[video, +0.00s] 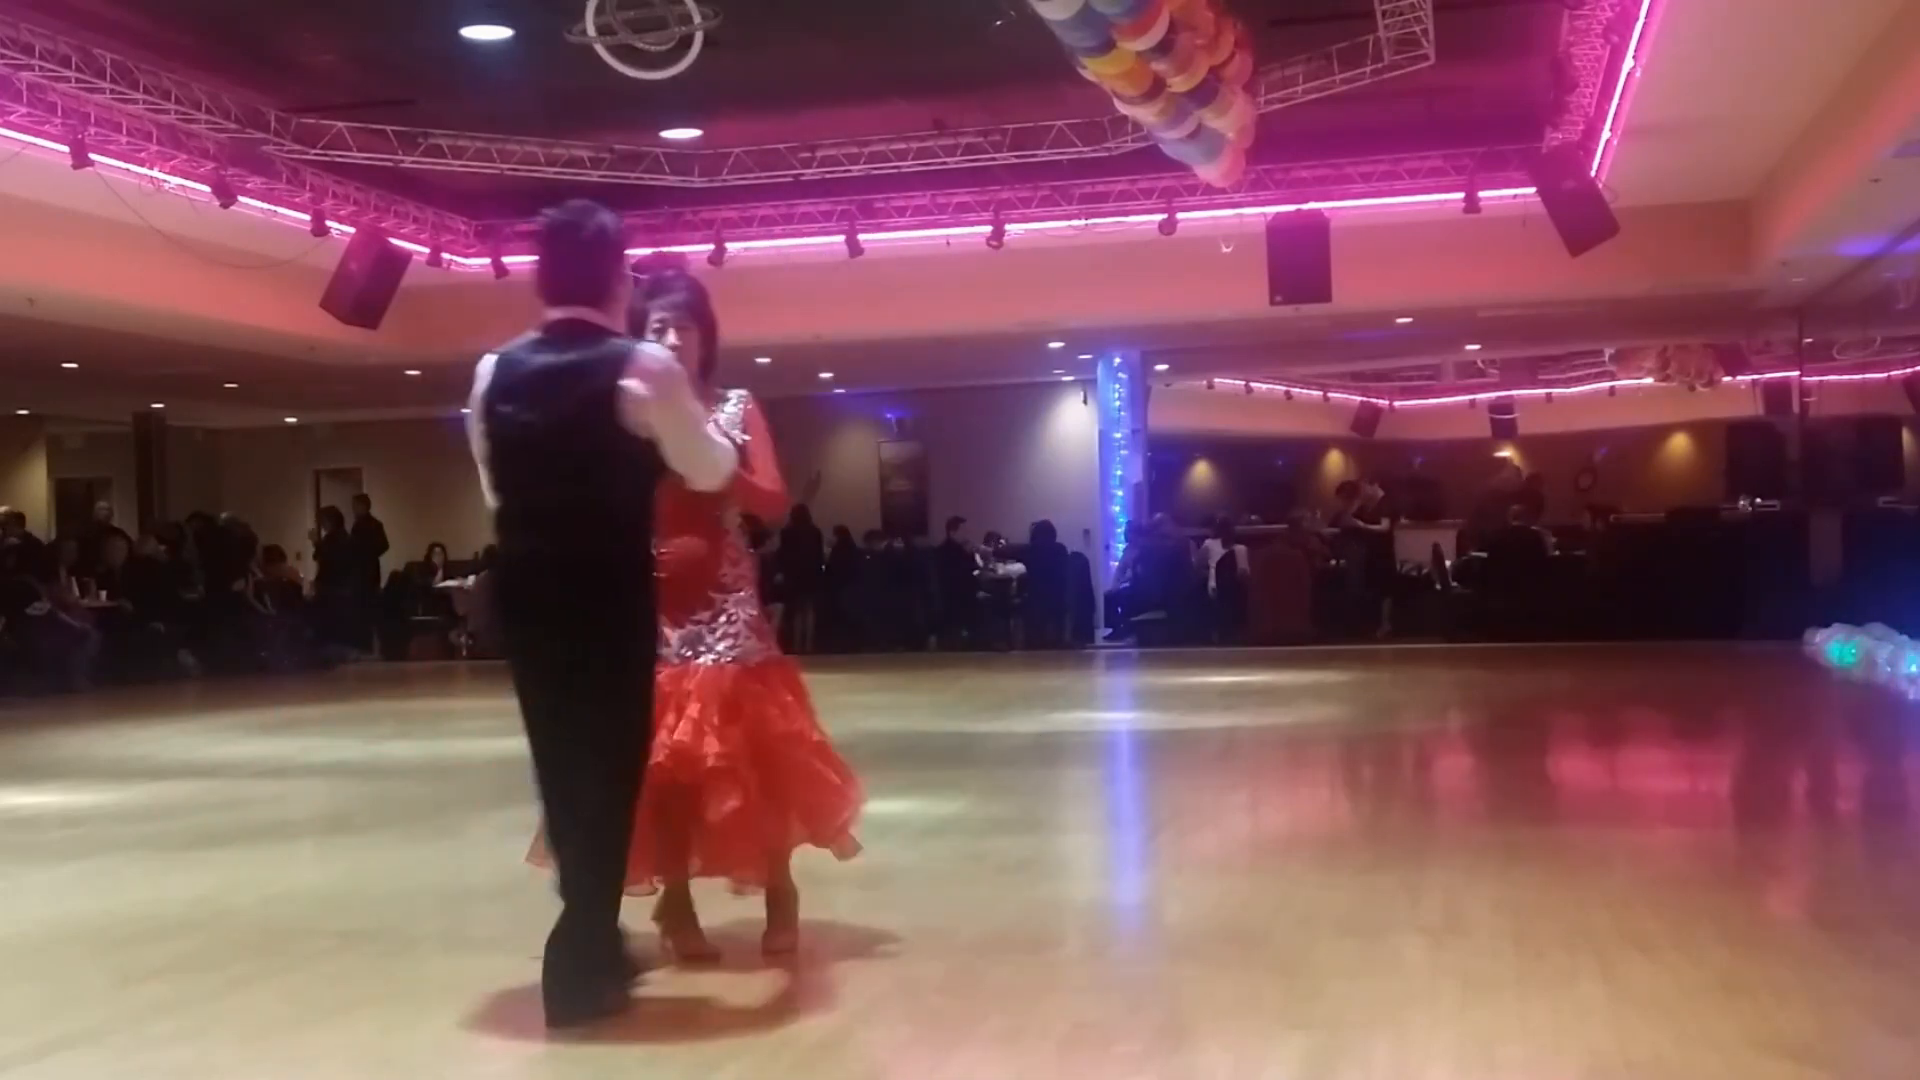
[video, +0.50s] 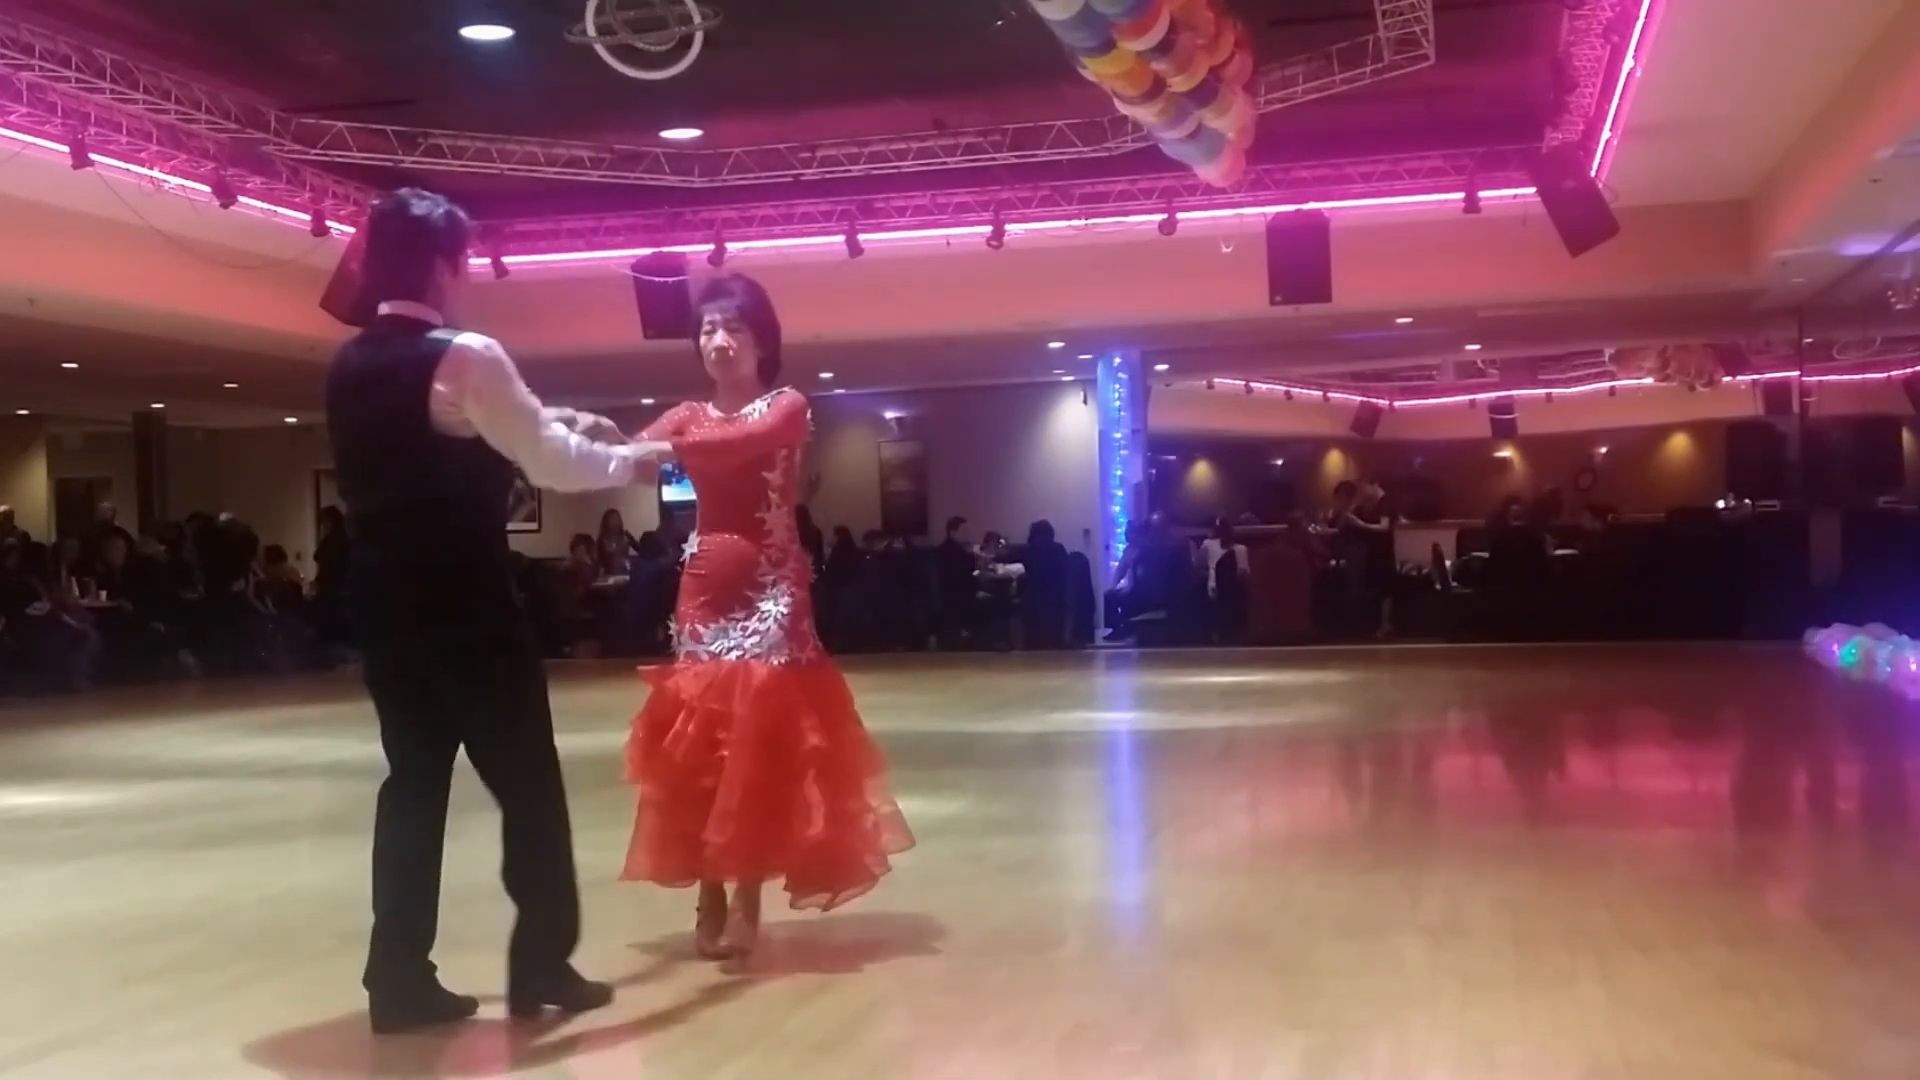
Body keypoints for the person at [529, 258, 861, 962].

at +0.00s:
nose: (669, 339)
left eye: (682, 325)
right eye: (655, 327)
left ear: (707, 337)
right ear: (638, 340)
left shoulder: (734, 410)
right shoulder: (625, 418)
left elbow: (772, 503)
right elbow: (602, 498)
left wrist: (718, 464)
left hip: (723, 596)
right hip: (650, 601)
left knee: (744, 740)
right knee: (669, 753)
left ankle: (778, 891)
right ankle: (675, 898)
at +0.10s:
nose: (684, 339)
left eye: (697, 327)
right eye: (672, 330)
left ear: (724, 337)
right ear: (658, 343)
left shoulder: (755, 407)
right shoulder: (655, 418)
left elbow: (780, 491)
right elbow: (631, 515)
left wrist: (708, 446)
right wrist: (629, 451)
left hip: (740, 587)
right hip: (669, 591)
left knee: (759, 739)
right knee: (683, 745)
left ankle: (784, 889)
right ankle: (698, 894)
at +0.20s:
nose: (696, 342)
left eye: (710, 329)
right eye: (685, 331)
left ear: (739, 338)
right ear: (674, 344)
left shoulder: (767, 405)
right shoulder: (663, 421)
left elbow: (771, 475)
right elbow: (639, 520)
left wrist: (700, 438)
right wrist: (618, 490)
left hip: (753, 583)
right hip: (685, 586)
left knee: (765, 734)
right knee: (697, 741)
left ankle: (784, 885)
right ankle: (710, 890)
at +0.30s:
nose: (706, 348)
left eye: (720, 335)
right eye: (696, 337)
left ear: (750, 340)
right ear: (687, 347)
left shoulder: (778, 403)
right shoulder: (679, 420)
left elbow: (756, 441)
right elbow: (643, 500)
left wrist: (690, 426)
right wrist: (630, 461)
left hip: (765, 582)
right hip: (699, 584)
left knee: (766, 732)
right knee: (704, 737)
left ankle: (778, 882)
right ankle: (710, 889)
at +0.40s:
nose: (716, 347)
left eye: (730, 334)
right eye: (706, 336)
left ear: (761, 342)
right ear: (697, 348)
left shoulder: (788, 404)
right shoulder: (687, 420)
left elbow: (757, 431)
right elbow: (647, 466)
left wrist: (685, 438)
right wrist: (637, 456)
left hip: (771, 581)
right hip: (704, 583)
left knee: (764, 730)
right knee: (706, 733)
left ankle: (764, 882)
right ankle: (710, 888)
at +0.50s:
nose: (720, 340)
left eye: (734, 328)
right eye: (708, 330)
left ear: (763, 338)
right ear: (698, 343)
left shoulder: (788, 404)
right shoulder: (686, 418)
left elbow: (736, 441)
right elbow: (627, 456)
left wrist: (663, 442)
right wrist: (576, 432)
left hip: (771, 586)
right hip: (703, 587)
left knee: (758, 736)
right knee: (707, 739)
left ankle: (747, 893)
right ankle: (709, 883)